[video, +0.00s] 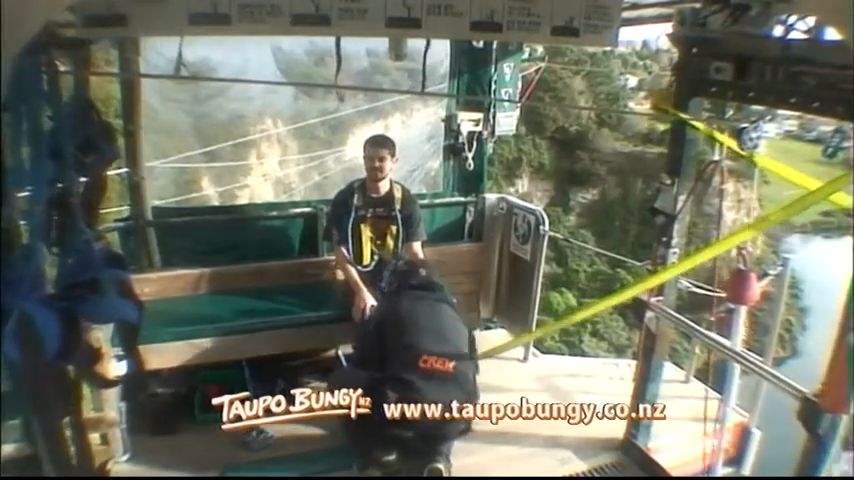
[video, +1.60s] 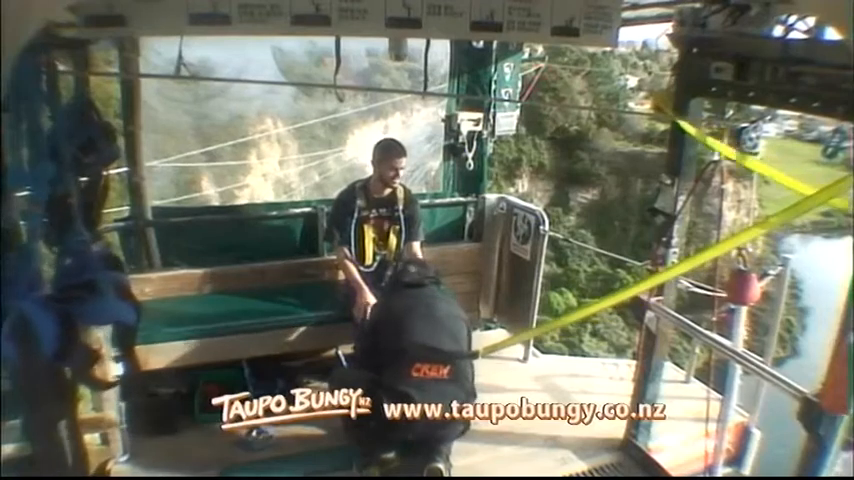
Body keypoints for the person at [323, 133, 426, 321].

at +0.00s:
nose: (375, 165)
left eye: (381, 160)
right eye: (369, 159)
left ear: (394, 161)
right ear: (363, 160)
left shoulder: (405, 199)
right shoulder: (345, 199)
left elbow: (414, 247)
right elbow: (341, 254)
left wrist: (425, 283)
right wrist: (360, 291)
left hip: (397, 278)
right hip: (361, 279)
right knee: (369, 316)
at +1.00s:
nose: (396, 172)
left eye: (399, 166)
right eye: (390, 167)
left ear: (403, 165)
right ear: (373, 163)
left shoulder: (406, 198)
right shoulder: (348, 198)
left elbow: (414, 247)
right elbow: (341, 251)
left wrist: (417, 287)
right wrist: (361, 291)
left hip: (398, 281)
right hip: (362, 281)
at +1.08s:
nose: (396, 173)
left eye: (400, 167)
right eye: (390, 167)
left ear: (403, 165)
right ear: (373, 163)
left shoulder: (406, 199)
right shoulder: (348, 199)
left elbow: (414, 248)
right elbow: (340, 250)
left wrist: (420, 288)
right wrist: (361, 291)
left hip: (398, 284)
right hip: (363, 284)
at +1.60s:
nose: (398, 175)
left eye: (401, 169)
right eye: (393, 169)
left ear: (404, 165)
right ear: (375, 164)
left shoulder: (406, 199)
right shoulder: (349, 199)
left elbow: (414, 248)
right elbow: (341, 252)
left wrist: (422, 289)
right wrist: (362, 291)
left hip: (397, 284)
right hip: (361, 284)